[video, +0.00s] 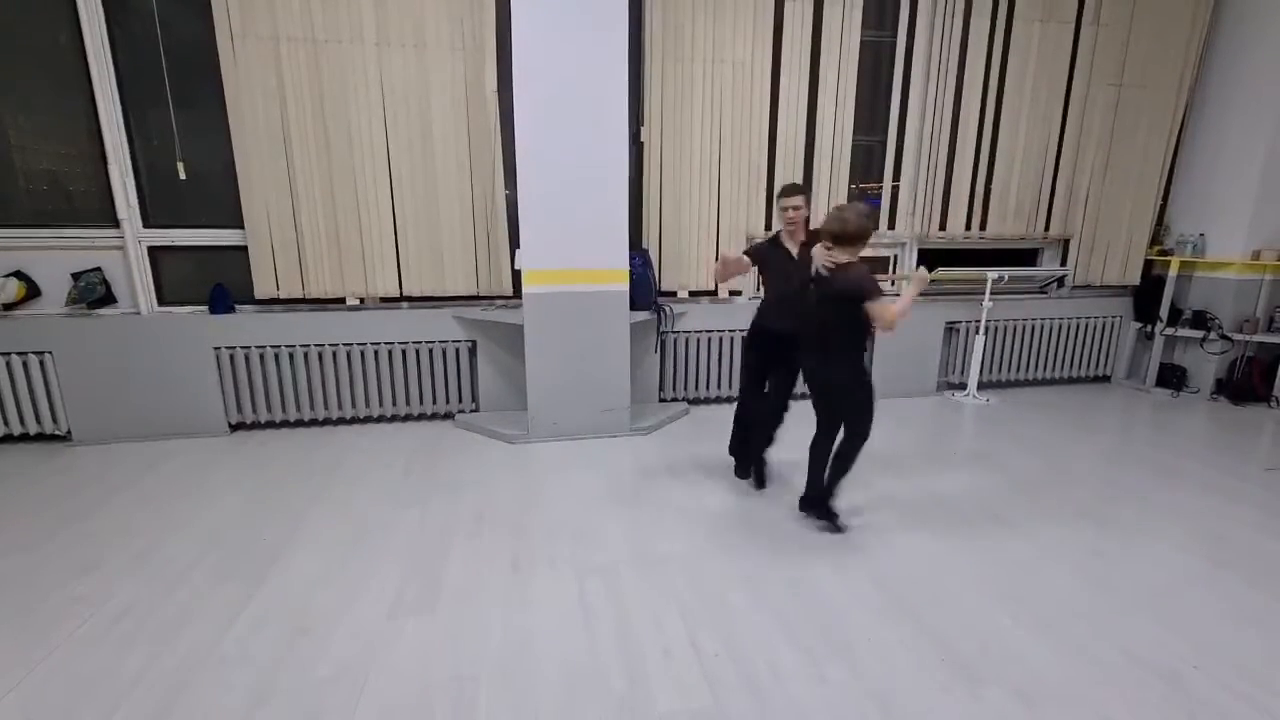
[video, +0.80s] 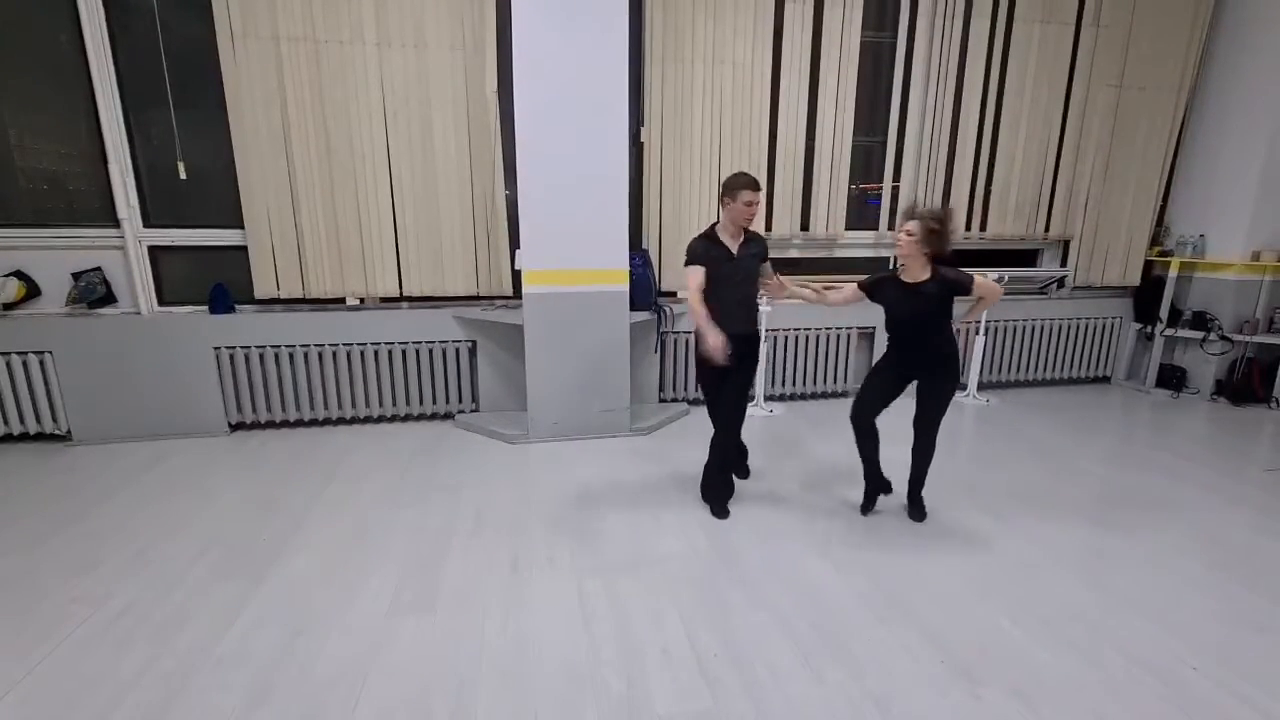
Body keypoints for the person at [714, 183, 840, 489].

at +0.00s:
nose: (791, 215)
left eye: (797, 209)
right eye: (785, 209)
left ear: (808, 211)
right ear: (778, 213)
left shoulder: (820, 246)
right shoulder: (766, 249)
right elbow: (723, 276)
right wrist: (726, 266)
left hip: (797, 334)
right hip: (765, 331)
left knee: (779, 400)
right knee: (751, 395)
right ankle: (742, 456)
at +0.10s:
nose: (777, 217)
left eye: (782, 211)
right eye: (771, 211)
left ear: (792, 212)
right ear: (762, 214)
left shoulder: (802, 236)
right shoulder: (753, 250)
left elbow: (825, 232)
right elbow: (735, 293)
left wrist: (835, 246)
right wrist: (730, 260)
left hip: (783, 335)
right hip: (751, 332)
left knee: (760, 406)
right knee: (742, 401)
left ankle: (722, 470)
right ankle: (743, 459)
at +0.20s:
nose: (764, 215)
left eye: (770, 209)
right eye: (758, 209)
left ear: (777, 210)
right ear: (748, 212)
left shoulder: (791, 234)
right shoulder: (739, 255)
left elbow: (831, 235)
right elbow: (739, 306)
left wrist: (863, 244)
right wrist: (732, 274)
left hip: (774, 338)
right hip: (742, 336)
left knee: (746, 413)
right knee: (735, 410)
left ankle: (716, 486)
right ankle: (744, 460)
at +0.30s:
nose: (757, 212)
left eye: (762, 205)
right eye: (750, 206)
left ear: (770, 206)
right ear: (739, 208)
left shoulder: (784, 231)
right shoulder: (729, 253)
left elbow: (832, 231)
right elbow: (719, 301)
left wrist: (875, 242)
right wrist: (730, 315)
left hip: (768, 337)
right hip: (735, 336)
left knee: (741, 410)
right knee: (731, 405)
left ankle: (719, 491)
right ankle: (744, 457)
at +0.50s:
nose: (747, 209)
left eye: (752, 203)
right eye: (740, 203)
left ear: (759, 203)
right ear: (726, 204)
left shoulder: (772, 233)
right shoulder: (714, 247)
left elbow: (824, 238)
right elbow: (689, 288)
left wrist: (872, 241)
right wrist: (683, 324)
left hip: (758, 338)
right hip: (723, 337)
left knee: (736, 412)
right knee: (728, 410)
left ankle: (716, 489)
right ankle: (741, 460)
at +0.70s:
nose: (750, 210)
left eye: (754, 204)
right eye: (743, 204)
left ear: (757, 206)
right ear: (724, 203)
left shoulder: (763, 240)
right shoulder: (703, 245)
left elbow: (798, 268)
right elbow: (670, 290)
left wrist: (851, 276)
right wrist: (663, 330)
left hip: (751, 338)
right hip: (716, 338)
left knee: (734, 414)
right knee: (724, 410)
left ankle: (716, 491)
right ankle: (740, 459)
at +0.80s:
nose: (754, 210)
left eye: (757, 204)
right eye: (748, 204)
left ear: (758, 206)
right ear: (726, 203)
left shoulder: (756, 244)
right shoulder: (702, 246)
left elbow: (770, 285)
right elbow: (693, 297)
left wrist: (806, 291)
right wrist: (709, 331)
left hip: (746, 336)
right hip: (712, 335)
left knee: (732, 414)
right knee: (720, 410)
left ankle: (715, 489)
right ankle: (737, 455)